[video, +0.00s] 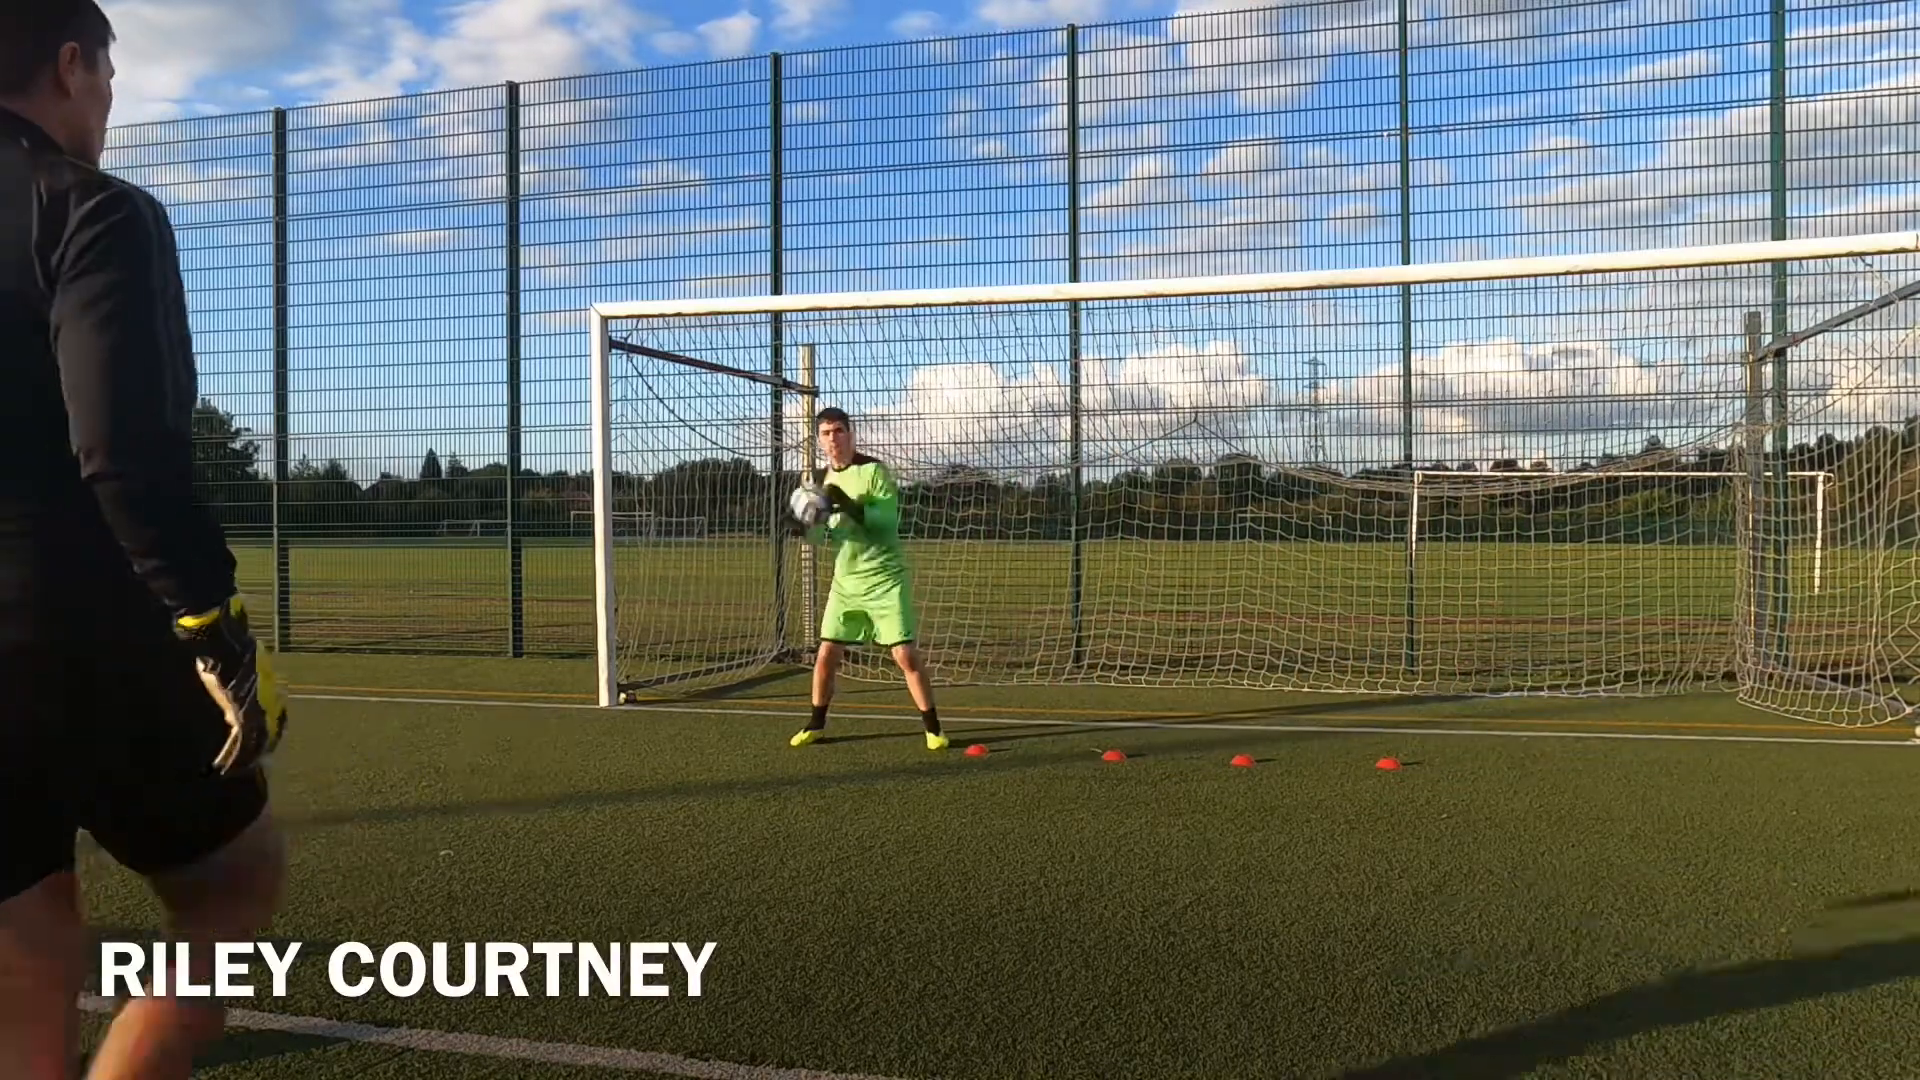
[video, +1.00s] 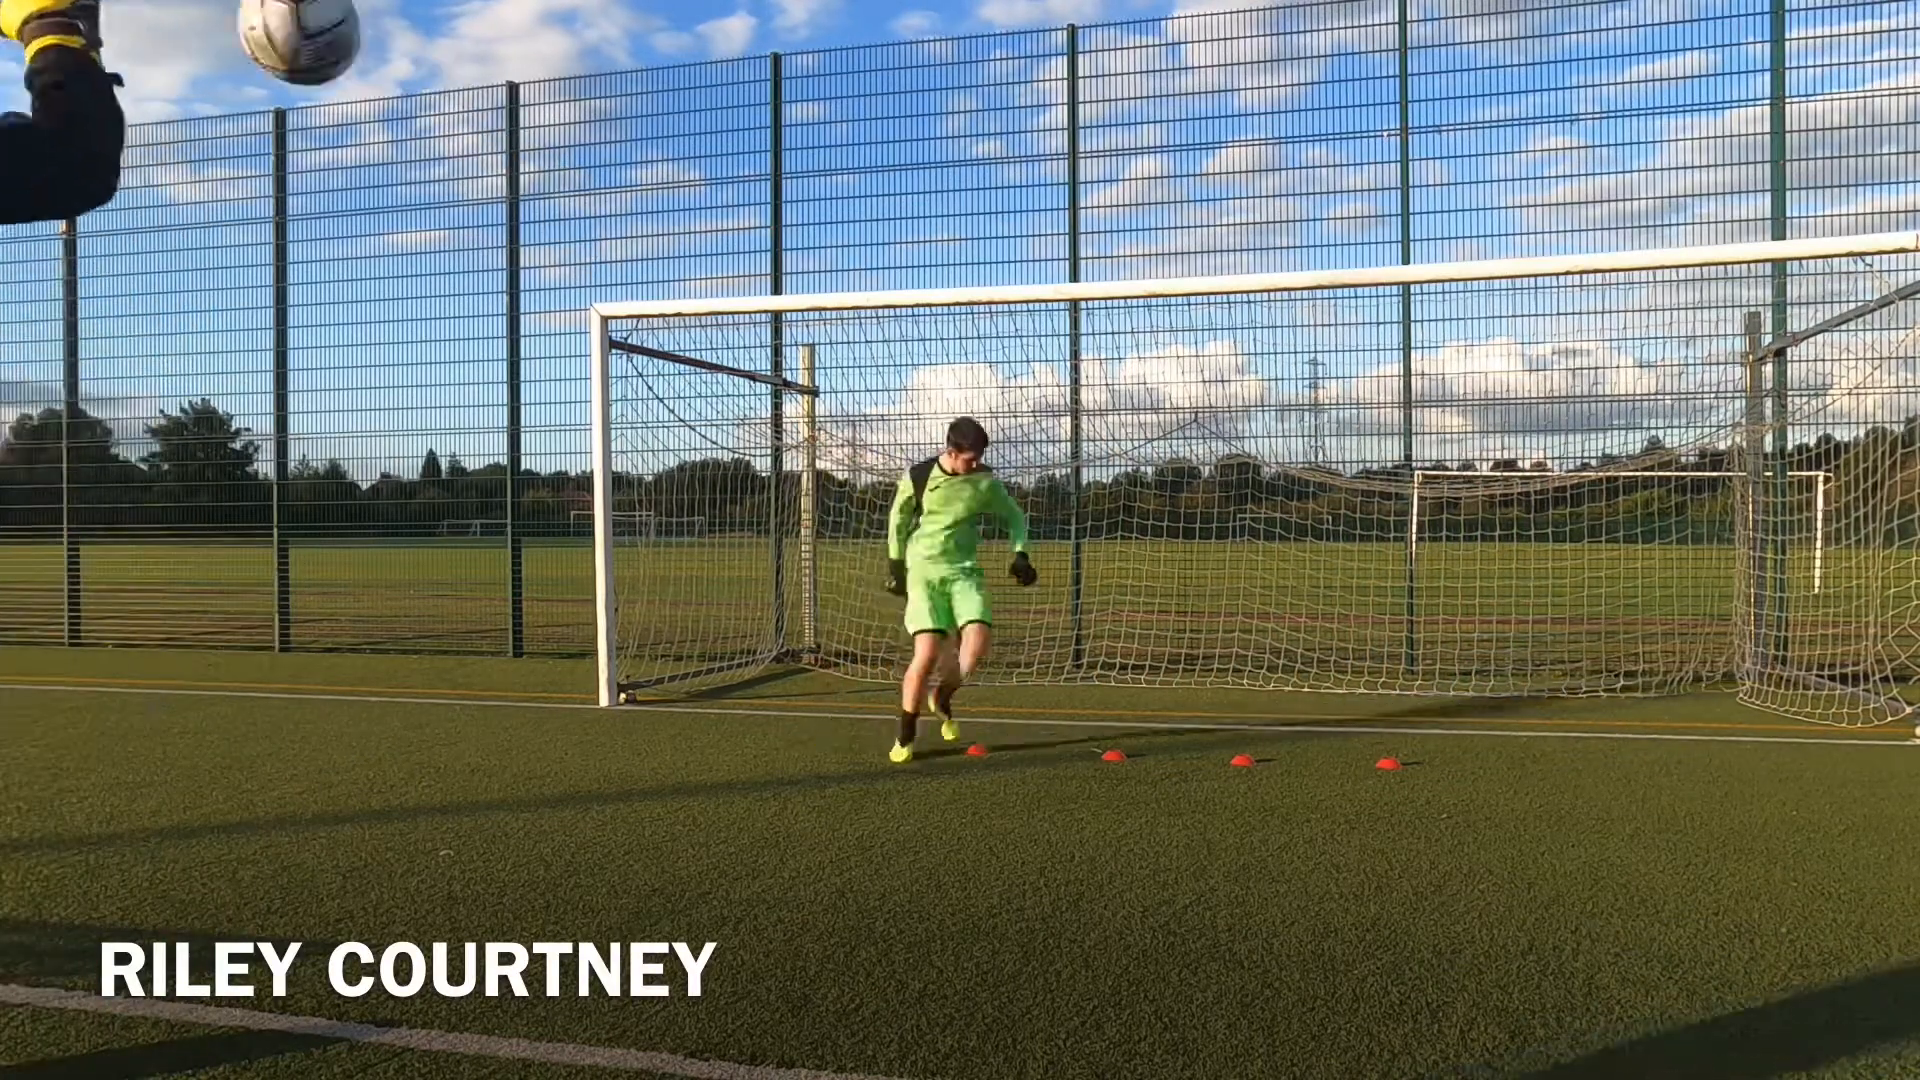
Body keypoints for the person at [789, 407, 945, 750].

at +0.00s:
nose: (834, 439)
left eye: (839, 431)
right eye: (826, 433)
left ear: (852, 435)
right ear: (820, 441)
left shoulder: (876, 472)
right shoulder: (825, 481)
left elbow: (886, 524)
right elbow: (825, 532)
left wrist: (845, 504)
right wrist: (805, 519)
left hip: (886, 579)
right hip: (845, 583)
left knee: (905, 656)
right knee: (826, 652)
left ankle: (933, 728)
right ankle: (816, 724)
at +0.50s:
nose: (828, 438)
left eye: (834, 431)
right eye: (821, 432)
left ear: (844, 436)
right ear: (812, 437)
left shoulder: (870, 472)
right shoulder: (807, 480)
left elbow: (908, 500)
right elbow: (787, 526)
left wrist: (897, 515)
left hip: (882, 576)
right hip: (840, 583)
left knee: (904, 648)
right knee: (827, 655)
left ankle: (932, 725)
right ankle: (816, 725)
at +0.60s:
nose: (854, 447)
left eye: (859, 440)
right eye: (847, 440)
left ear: (866, 438)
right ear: (833, 438)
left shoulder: (884, 473)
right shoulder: (821, 481)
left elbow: (917, 505)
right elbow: (798, 521)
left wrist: (907, 524)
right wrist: (810, 481)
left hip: (890, 578)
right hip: (846, 583)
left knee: (912, 648)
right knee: (829, 653)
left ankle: (928, 724)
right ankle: (817, 724)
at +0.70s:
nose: (890, 456)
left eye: (893, 449)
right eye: (884, 450)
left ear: (896, 445)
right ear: (865, 443)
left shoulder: (906, 479)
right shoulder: (838, 477)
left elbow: (932, 516)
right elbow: (818, 532)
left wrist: (918, 533)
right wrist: (837, 516)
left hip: (901, 582)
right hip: (857, 586)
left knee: (920, 649)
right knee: (837, 657)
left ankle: (912, 716)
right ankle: (818, 723)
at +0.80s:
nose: (919, 461)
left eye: (923, 454)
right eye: (914, 455)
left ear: (926, 449)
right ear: (896, 447)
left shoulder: (934, 482)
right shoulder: (865, 479)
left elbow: (952, 518)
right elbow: (842, 523)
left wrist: (941, 542)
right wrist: (855, 548)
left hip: (924, 589)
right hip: (880, 587)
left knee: (916, 665)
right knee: (859, 660)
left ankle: (896, 722)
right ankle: (831, 719)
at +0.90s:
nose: (948, 459)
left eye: (951, 453)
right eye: (943, 454)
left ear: (952, 449)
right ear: (924, 445)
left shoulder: (961, 477)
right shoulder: (891, 472)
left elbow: (979, 509)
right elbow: (872, 514)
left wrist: (978, 542)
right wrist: (869, 557)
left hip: (943, 581)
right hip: (902, 576)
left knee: (931, 667)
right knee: (891, 645)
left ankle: (905, 710)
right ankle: (885, 723)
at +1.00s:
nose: (977, 463)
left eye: (980, 457)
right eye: (971, 458)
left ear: (981, 452)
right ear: (952, 450)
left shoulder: (986, 484)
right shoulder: (917, 478)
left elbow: (1015, 516)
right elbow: (898, 520)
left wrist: (1020, 552)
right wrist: (896, 565)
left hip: (965, 573)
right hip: (923, 574)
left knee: (976, 647)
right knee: (927, 652)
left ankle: (942, 697)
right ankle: (906, 733)